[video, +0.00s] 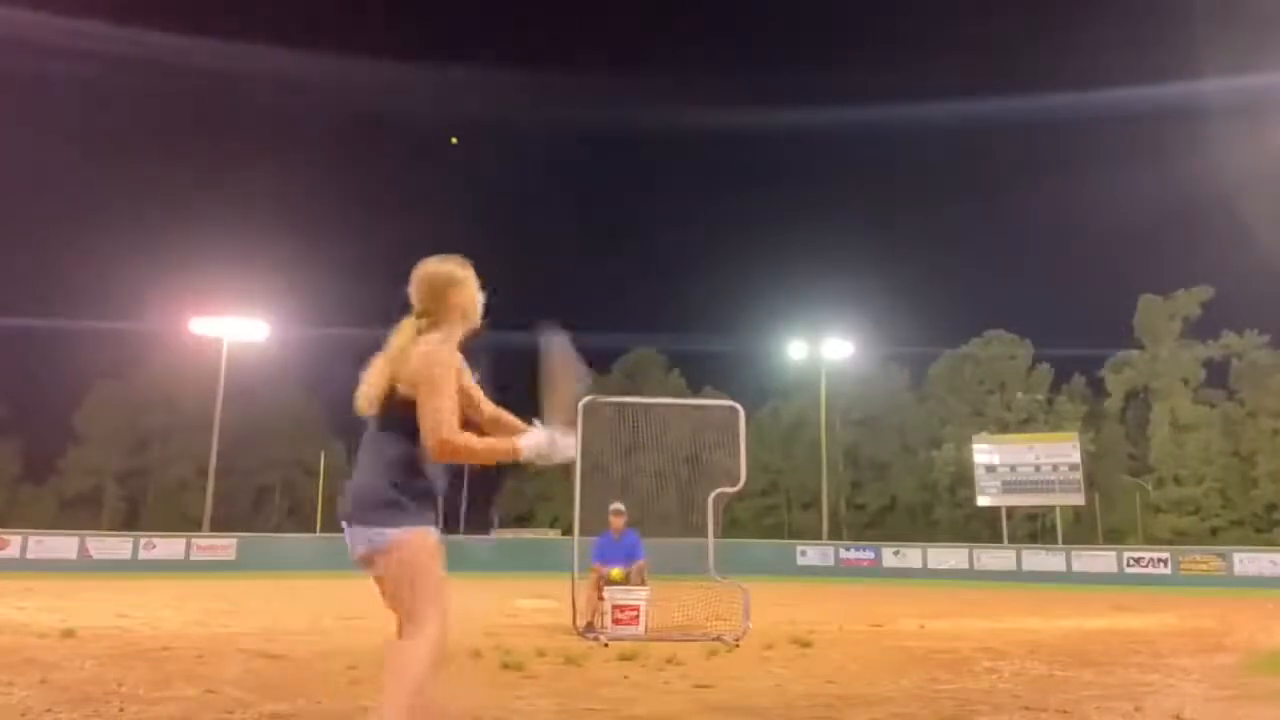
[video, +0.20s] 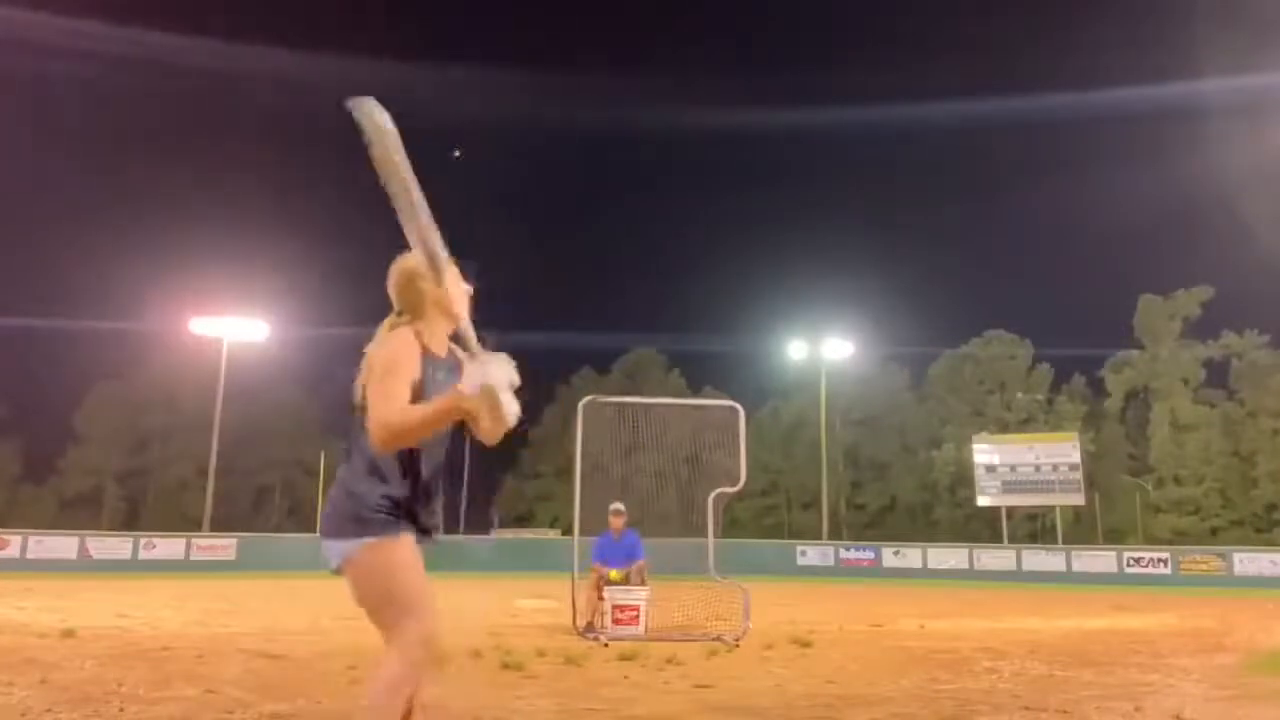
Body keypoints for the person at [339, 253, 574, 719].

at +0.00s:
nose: (482, 297)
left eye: (478, 289)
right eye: (475, 289)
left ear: (433, 300)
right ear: (456, 300)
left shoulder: (425, 349)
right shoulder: (436, 354)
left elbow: (483, 412)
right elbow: (441, 444)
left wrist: (538, 436)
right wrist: (521, 448)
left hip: (375, 503)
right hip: (397, 506)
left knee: (416, 626)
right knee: (426, 627)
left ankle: (401, 709)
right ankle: (393, 711)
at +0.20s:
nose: (468, 288)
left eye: (463, 278)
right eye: (458, 279)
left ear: (439, 294)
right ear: (433, 293)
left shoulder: (450, 357)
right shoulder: (398, 343)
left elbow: (487, 431)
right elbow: (385, 429)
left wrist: (495, 394)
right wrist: (464, 396)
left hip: (396, 518)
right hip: (364, 517)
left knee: (415, 647)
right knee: (414, 641)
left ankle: (400, 712)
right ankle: (377, 713)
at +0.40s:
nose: (452, 246)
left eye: (446, 235)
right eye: (438, 234)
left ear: (420, 247)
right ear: (404, 247)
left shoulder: (455, 324)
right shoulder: (370, 305)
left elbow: (473, 400)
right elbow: (328, 395)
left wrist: (447, 355)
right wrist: (397, 341)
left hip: (391, 498)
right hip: (341, 494)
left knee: (371, 634)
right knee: (386, 631)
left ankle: (355, 711)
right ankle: (358, 711)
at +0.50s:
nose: (443, 235)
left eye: (438, 225)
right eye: (431, 225)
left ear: (413, 238)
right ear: (397, 236)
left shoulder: (447, 314)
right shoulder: (356, 296)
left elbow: (468, 383)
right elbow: (316, 381)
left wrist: (426, 333)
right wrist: (380, 322)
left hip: (387, 492)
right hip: (334, 487)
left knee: (360, 625)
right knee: (373, 625)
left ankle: (309, 709)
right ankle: (341, 712)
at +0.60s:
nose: (427, 241)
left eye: (425, 233)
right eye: (415, 232)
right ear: (381, 240)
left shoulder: (430, 308)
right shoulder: (336, 289)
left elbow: (455, 371)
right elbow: (298, 372)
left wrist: (407, 320)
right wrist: (356, 300)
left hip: (370, 488)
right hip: (320, 482)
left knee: (332, 628)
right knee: (360, 620)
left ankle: (243, 709)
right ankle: (332, 713)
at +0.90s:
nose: (378, 261)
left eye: (379, 250)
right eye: (372, 249)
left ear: (337, 250)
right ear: (342, 247)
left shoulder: (352, 302)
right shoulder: (296, 281)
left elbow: (400, 380)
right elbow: (290, 372)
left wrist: (397, 323)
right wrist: (349, 313)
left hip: (291, 480)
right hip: (278, 479)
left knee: (251, 638)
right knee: (341, 623)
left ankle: (183, 713)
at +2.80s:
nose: (413, 274)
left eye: (415, 266)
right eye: (415, 261)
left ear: (363, 233)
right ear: (404, 247)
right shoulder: (354, 266)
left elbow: (420, 386)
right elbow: (363, 335)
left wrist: (465, 335)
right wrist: (436, 301)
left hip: (271, 475)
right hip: (299, 475)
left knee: (287, 635)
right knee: (363, 629)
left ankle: (203, 713)